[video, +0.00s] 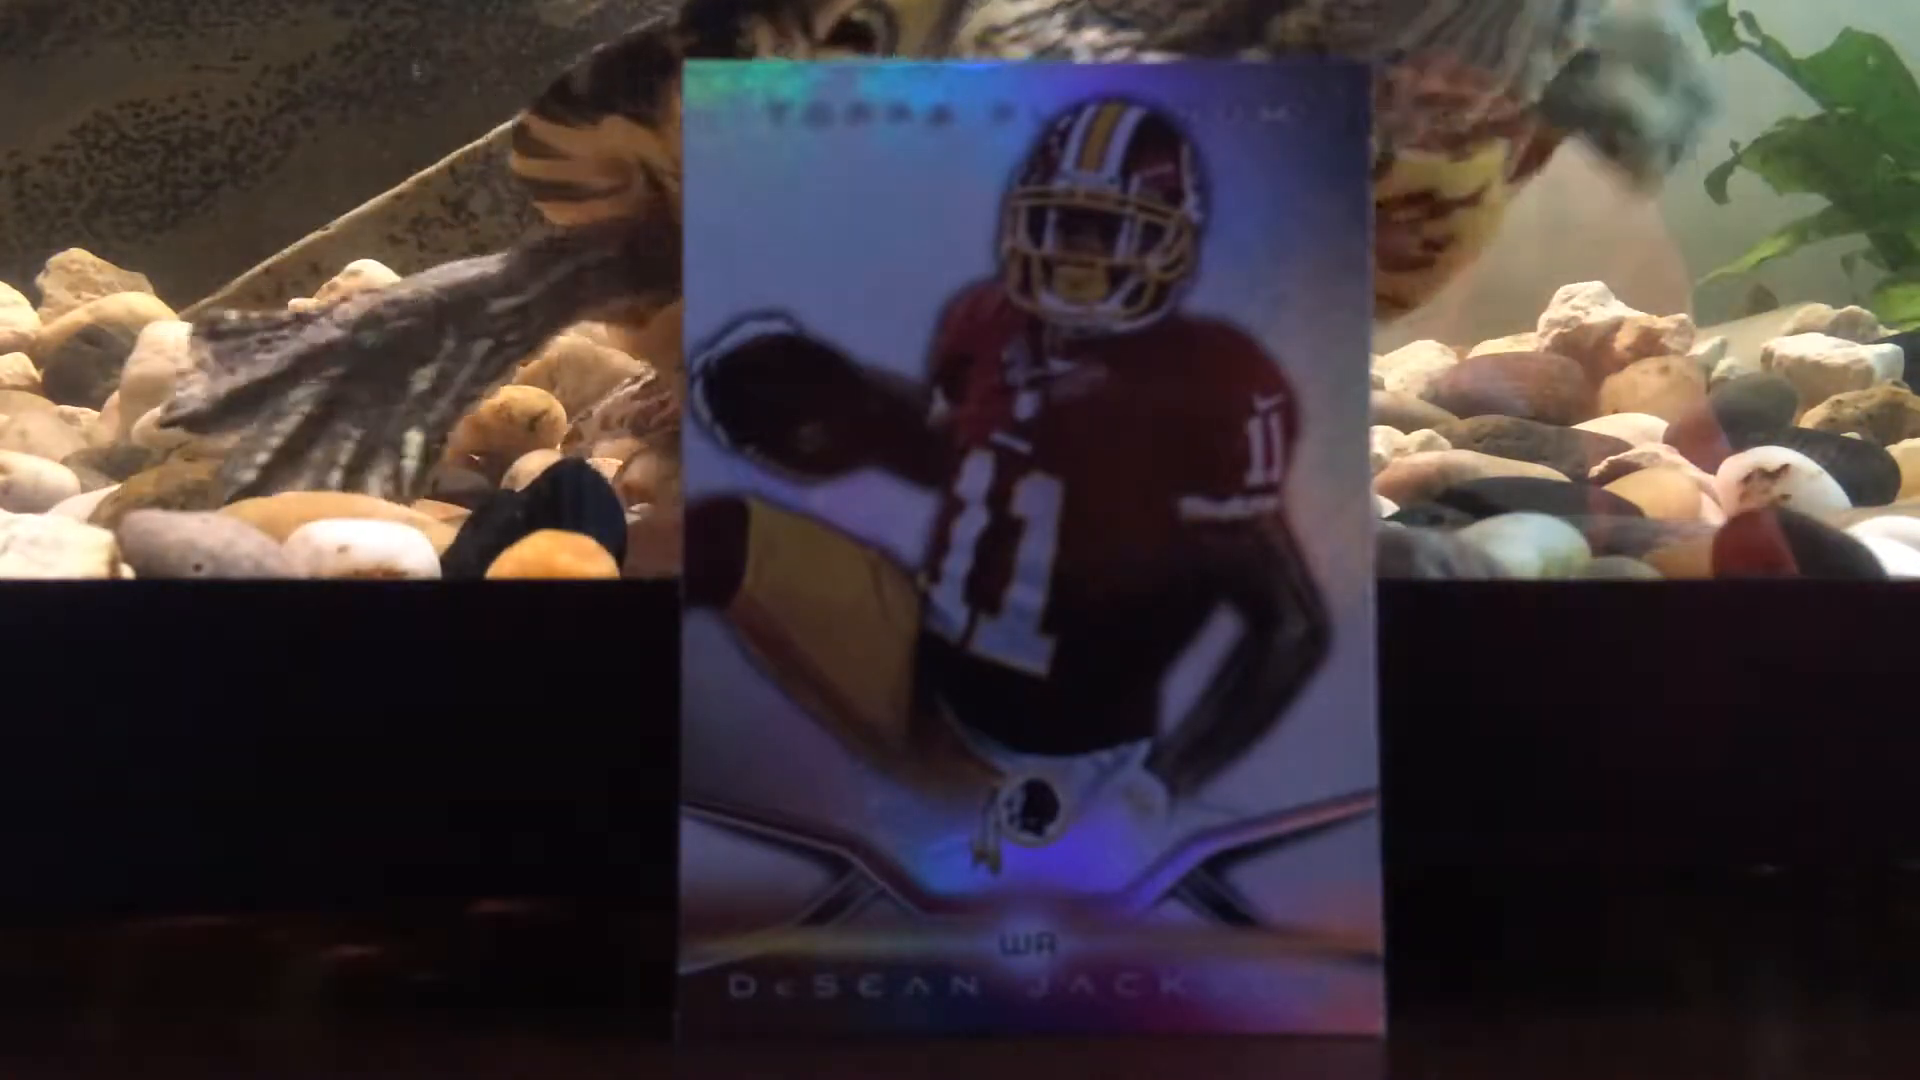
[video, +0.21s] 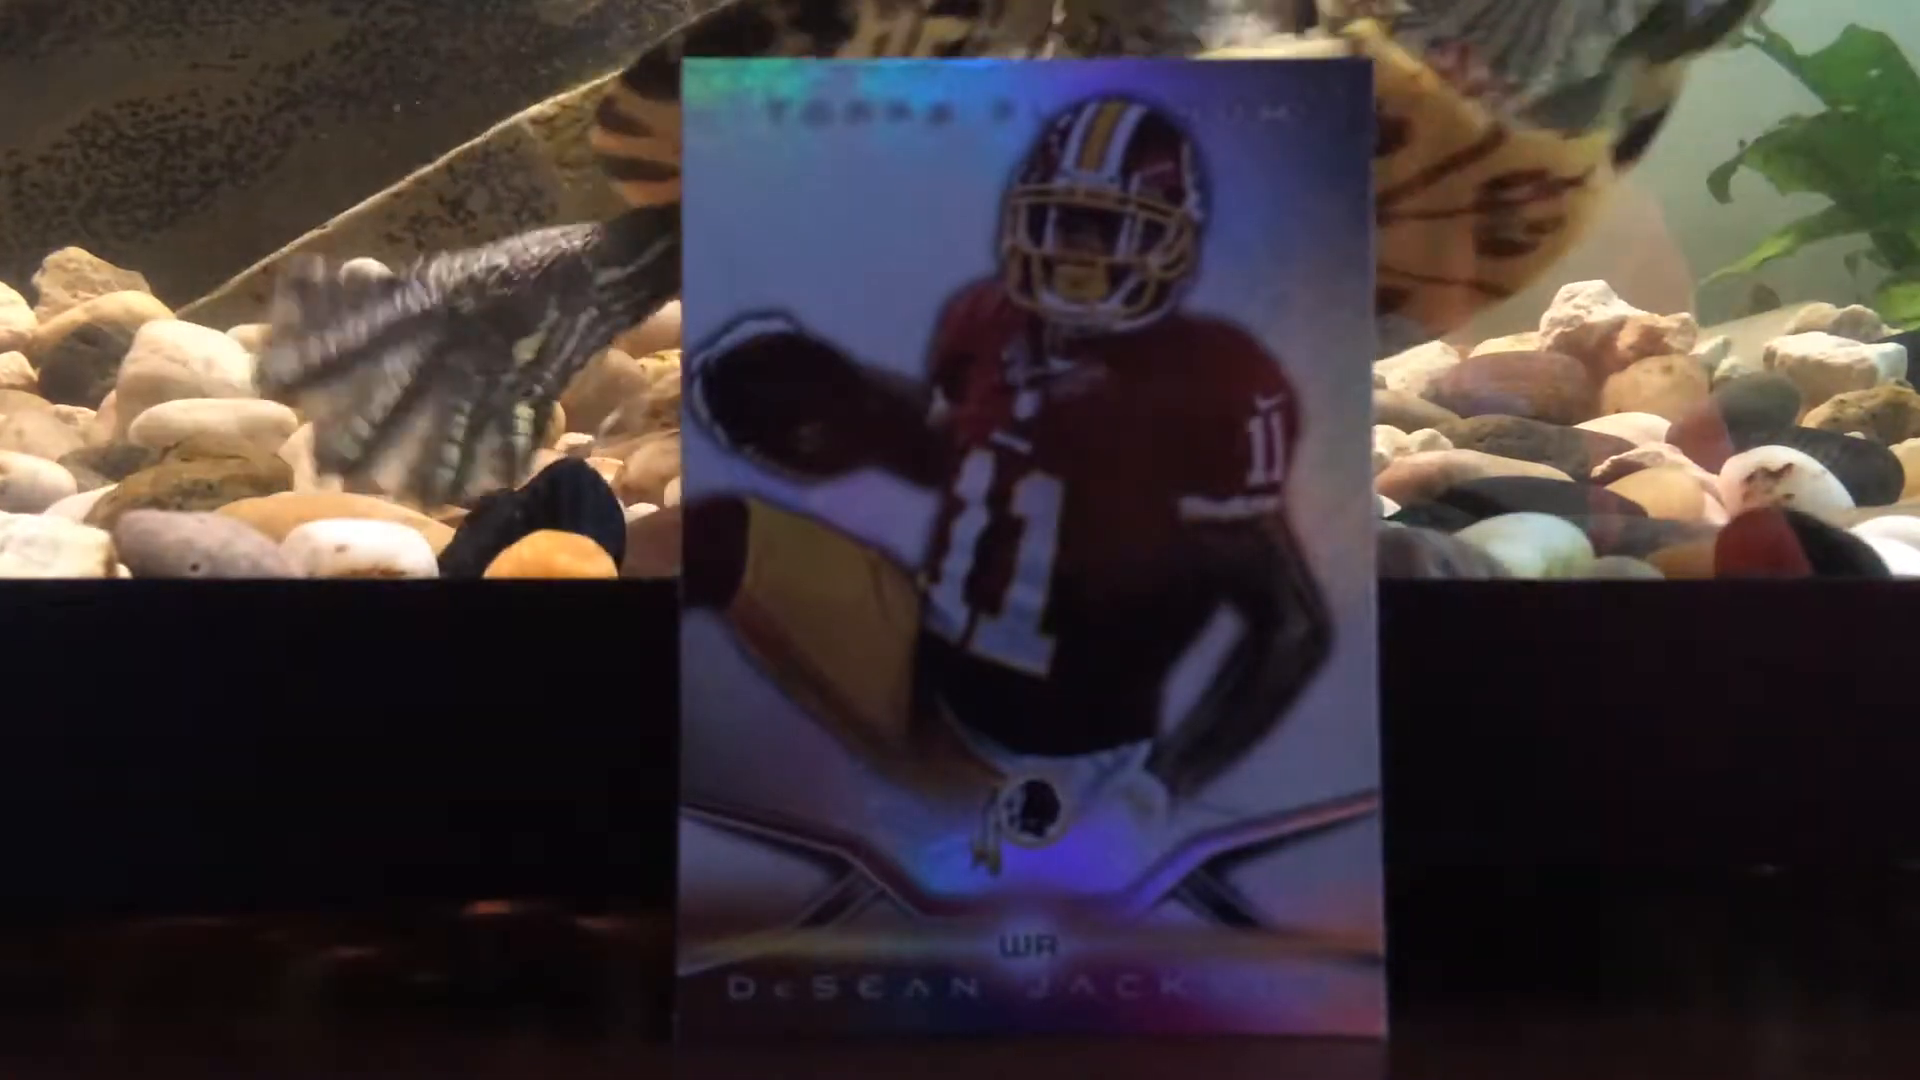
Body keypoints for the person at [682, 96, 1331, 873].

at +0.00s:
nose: (1078, 259)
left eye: (1113, 234)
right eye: (1059, 226)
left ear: (1175, 248)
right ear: (1020, 227)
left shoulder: (1216, 389)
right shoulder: (980, 326)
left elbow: (1293, 629)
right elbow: (958, 460)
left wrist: (1155, 789)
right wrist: (856, 414)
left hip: (1078, 753)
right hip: (929, 679)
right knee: (717, 537)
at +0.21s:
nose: (1079, 258)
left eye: (1114, 232)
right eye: (1060, 225)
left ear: (1176, 247)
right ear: (1020, 228)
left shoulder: (1217, 387)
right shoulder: (979, 326)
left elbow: (1294, 629)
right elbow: (954, 458)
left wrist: (1158, 788)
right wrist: (858, 415)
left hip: (1081, 750)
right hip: (929, 676)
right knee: (712, 537)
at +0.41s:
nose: (1076, 254)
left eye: (1112, 229)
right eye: (1057, 221)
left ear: (1175, 246)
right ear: (1019, 226)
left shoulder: (1218, 386)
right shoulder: (980, 325)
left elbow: (1295, 629)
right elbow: (957, 460)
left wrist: (1155, 792)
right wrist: (856, 413)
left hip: (1081, 750)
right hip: (930, 679)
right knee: (712, 536)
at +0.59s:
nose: (1077, 255)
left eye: (1112, 231)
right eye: (1057, 222)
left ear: (1175, 247)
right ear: (1019, 227)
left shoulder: (1218, 385)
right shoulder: (980, 324)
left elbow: (1295, 628)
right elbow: (957, 460)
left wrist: (1156, 791)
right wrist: (858, 414)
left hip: (1081, 754)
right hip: (932, 690)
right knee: (714, 539)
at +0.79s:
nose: (1077, 258)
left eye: (1112, 232)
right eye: (1058, 224)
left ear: (1175, 247)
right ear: (1019, 227)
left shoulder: (1218, 385)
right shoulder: (978, 326)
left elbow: (1294, 627)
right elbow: (956, 460)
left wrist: (1156, 790)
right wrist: (858, 417)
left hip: (1084, 755)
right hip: (935, 702)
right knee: (709, 542)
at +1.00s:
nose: (1077, 259)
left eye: (1111, 233)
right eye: (1059, 225)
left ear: (1173, 247)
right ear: (1021, 226)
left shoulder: (1217, 386)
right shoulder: (978, 326)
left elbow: (1294, 628)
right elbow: (956, 458)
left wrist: (1157, 791)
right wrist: (854, 414)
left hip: (1081, 759)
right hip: (931, 698)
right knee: (715, 543)